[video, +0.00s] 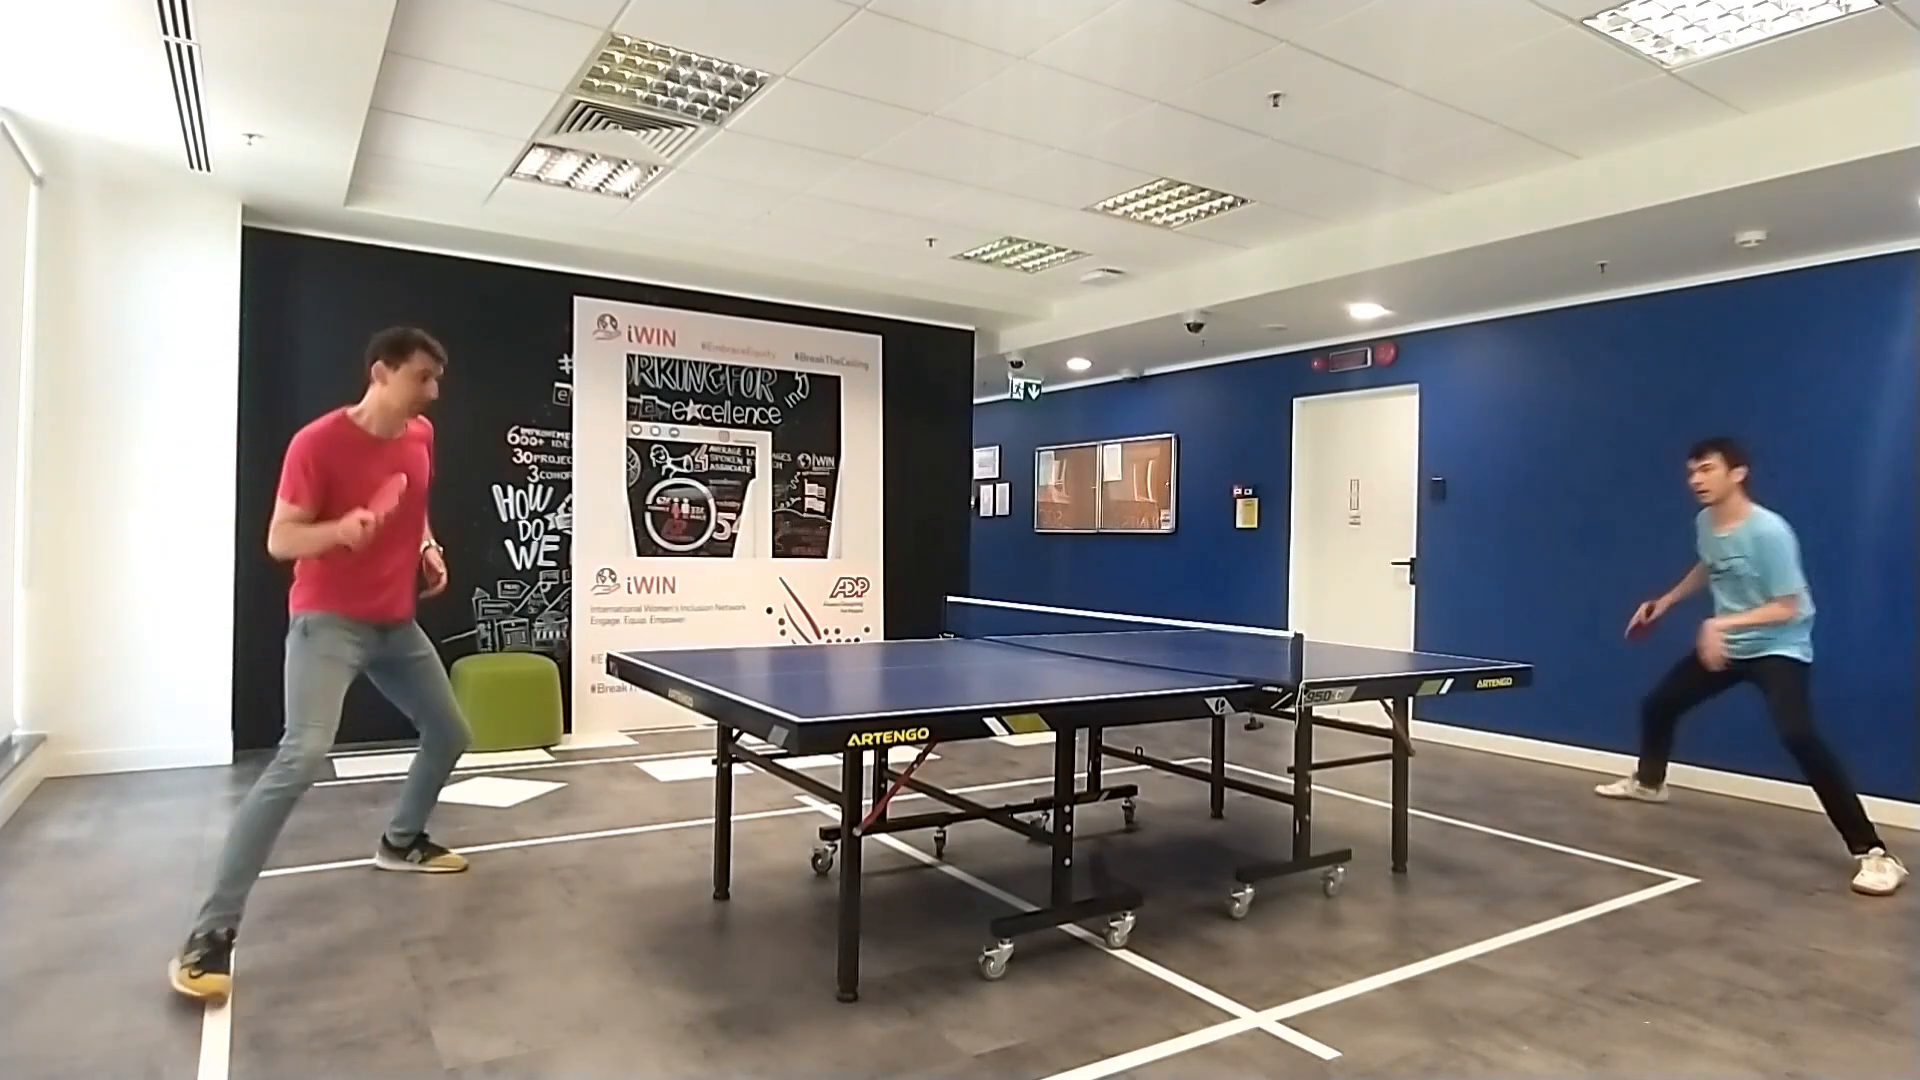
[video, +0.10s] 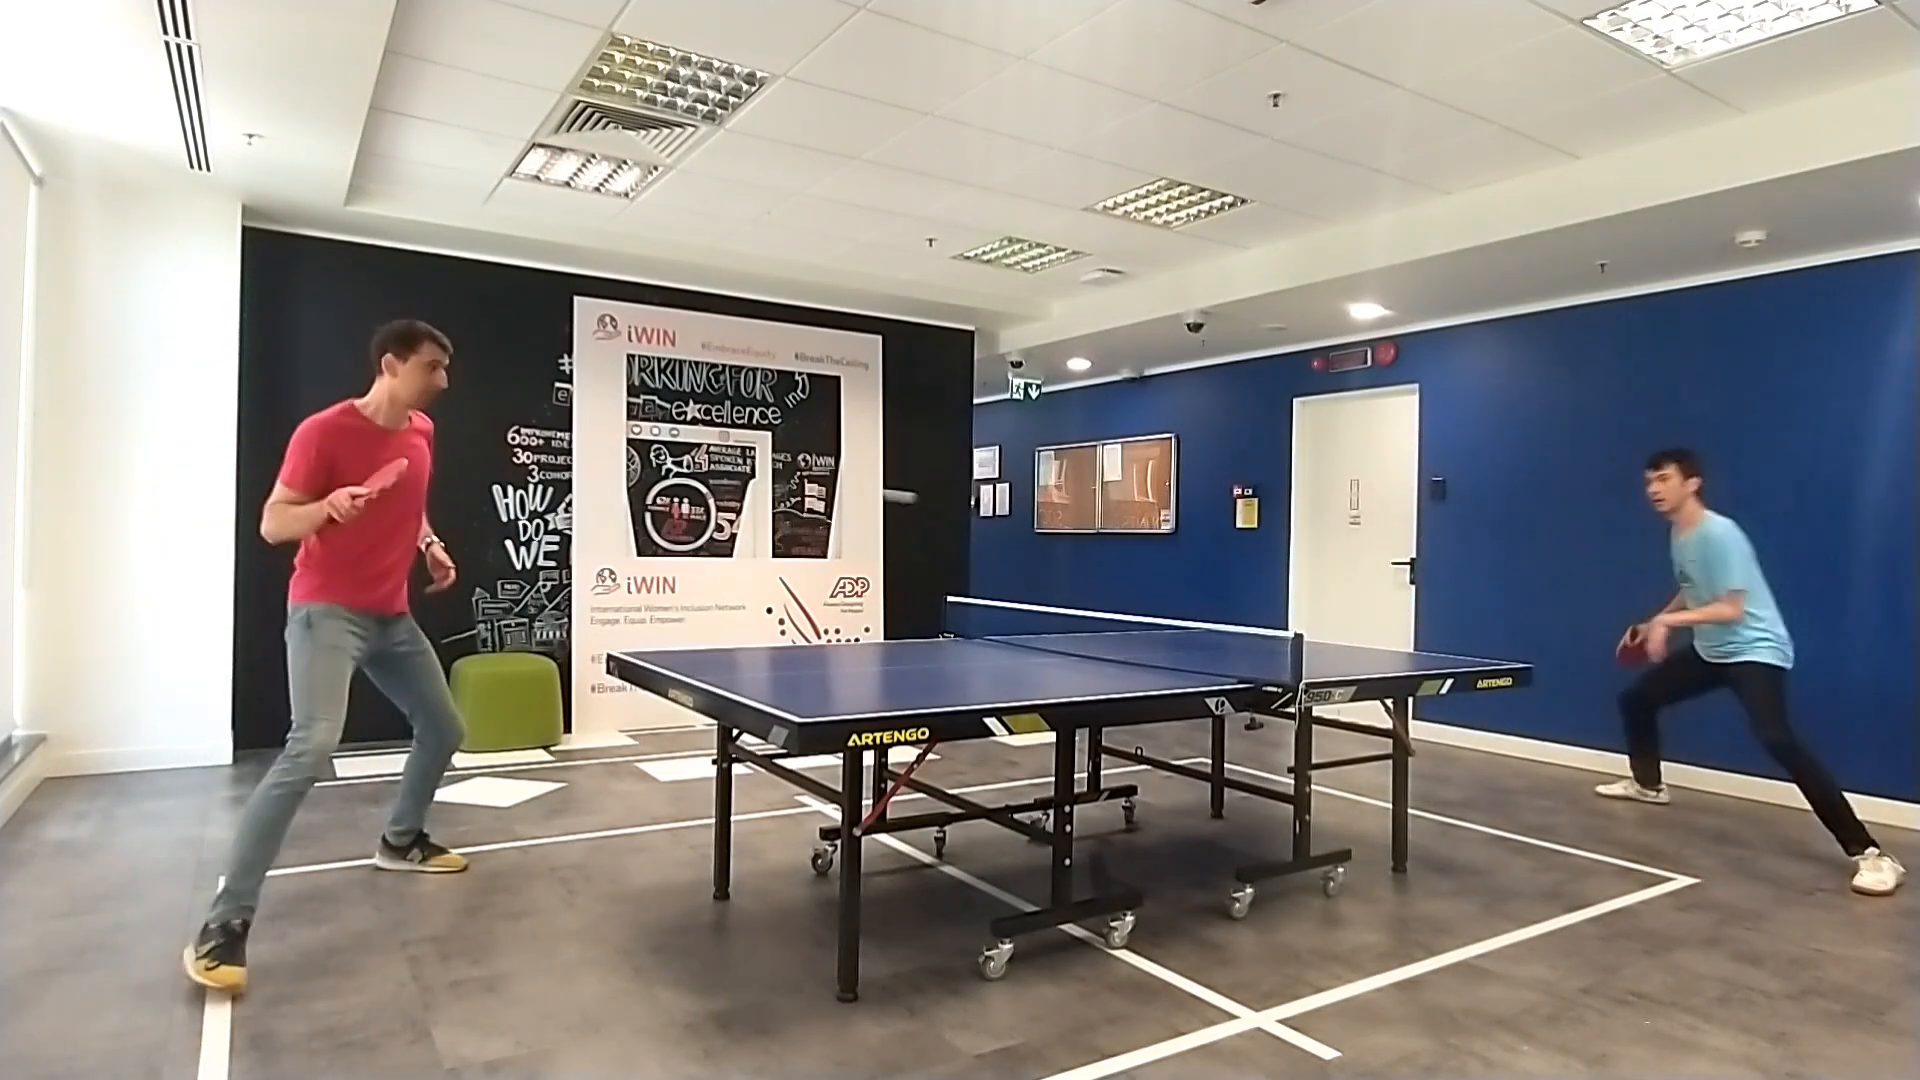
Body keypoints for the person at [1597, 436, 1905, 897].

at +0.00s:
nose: (1696, 479)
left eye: (1706, 469)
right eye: (1693, 472)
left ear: (1738, 475)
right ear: (1693, 480)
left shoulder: (1770, 531)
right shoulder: (1706, 521)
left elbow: (1790, 606)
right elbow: (1710, 569)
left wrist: (1722, 623)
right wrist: (1667, 601)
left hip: (1779, 651)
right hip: (1730, 646)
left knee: (1798, 736)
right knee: (1660, 704)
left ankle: (1873, 854)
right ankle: (1648, 783)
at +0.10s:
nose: (1653, 489)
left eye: (1662, 479)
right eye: (1650, 482)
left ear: (1692, 484)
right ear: (1651, 490)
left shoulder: (1720, 533)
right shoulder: (1679, 536)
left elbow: (1733, 607)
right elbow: (1692, 595)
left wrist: (1669, 621)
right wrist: (1654, 624)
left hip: (1756, 653)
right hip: (1711, 650)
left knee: (1777, 740)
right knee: (1637, 701)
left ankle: (1869, 855)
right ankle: (1647, 784)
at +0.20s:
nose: (1616, 492)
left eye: (1625, 483)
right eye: (1613, 486)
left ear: (1653, 487)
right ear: (1616, 494)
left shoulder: (1675, 528)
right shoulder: (1653, 536)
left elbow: (1685, 598)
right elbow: (1680, 599)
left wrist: (1627, 611)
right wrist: (1653, 640)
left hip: (1735, 646)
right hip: (1697, 645)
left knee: (1770, 737)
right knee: (1630, 696)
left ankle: (1857, 849)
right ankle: (1646, 784)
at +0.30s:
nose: (1589, 495)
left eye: (1596, 485)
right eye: (1585, 488)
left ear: (1624, 486)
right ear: (1601, 493)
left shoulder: (1641, 521)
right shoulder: (1637, 523)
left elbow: (1639, 590)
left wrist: (1593, 598)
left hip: (1726, 635)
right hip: (1691, 635)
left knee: (1760, 728)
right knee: (1634, 694)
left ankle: (1846, 839)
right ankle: (1646, 783)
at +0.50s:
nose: (1560, 492)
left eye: (1567, 482)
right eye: (1558, 485)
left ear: (1595, 482)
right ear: (1595, 487)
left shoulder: (1607, 512)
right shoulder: (1631, 511)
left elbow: (1602, 564)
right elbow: (1678, 565)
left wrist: (1560, 580)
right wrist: (1720, 623)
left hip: (1703, 621)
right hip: (1679, 624)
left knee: (1718, 710)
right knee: (1639, 694)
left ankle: (1814, 815)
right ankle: (1649, 782)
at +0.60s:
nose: (1549, 488)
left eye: (1555, 478)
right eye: (1548, 480)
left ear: (1584, 475)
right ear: (1576, 480)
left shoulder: (1612, 507)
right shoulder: (1597, 518)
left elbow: (1650, 546)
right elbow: (1642, 555)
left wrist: (1602, 577)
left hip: (1695, 618)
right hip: (1661, 624)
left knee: (1682, 698)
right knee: (1634, 697)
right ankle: (1650, 784)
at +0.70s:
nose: (1565, 483)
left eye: (1568, 473)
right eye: (1563, 475)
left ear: (1595, 466)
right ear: (1590, 471)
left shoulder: (1645, 506)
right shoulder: (1591, 517)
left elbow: (1711, 552)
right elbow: (1561, 549)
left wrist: (1660, 575)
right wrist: (1503, 538)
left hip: (1671, 629)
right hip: (1628, 632)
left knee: (1645, 701)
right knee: (1611, 705)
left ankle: (1647, 819)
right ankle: (1646, 779)